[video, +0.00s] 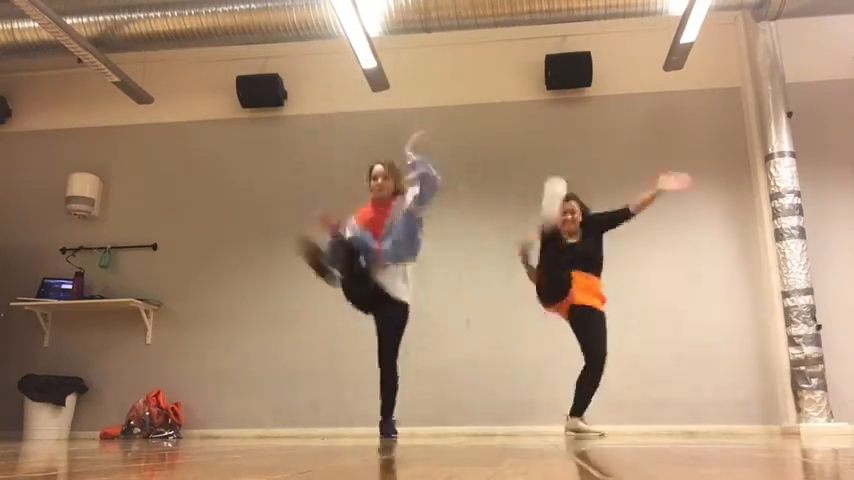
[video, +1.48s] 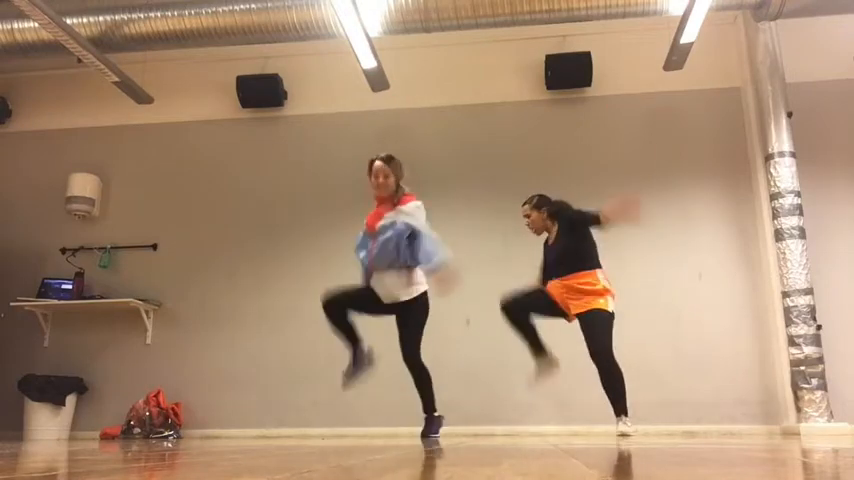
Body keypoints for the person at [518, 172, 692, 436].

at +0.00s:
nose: (570, 217)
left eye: (574, 212)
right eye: (565, 213)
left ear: (581, 213)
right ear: (557, 216)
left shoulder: (593, 225)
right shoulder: (551, 243)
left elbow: (628, 211)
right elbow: (541, 282)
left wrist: (656, 191)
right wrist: (526, 263)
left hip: (587, 298)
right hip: (558, 296)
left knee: (596, 360)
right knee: (552, 248)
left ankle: (574, 418)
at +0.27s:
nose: (572, 190)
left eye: (577, 187)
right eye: (567, 188)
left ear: (586, 192)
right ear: (561, 195)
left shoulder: (598, 215)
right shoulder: (554, 212)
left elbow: (619, 233)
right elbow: (523, 209)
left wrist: (651, 229)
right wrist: (519, 191)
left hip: (595, 282)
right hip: (563, 279)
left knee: (608, 345)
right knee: (555, 328)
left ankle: (587, 409)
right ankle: (549, 396)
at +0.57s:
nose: (573, 196)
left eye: (576, 191)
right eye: (568, 192)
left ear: (584, 195)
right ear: (561, 198)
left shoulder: (599, 216)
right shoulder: (557, 225)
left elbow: (620, 216)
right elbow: (526, 247)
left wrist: (631, 200)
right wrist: (534, 219)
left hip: (592, 292)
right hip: (563, 285)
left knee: (601, 355)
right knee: (536, 261)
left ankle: (601, 418)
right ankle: (533, 329)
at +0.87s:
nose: (563, 181)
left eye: (567, 176)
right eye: (559, 177)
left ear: (576, 179)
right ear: (551, 180)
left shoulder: (585, 204)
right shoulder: (543, 197)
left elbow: (615, 213)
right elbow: (518, 189)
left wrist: (610, 186)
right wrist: (498, 175)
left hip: (573, 269)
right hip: (543, 271)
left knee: (605, 254)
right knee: (519, 315)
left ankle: (604, 314)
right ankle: (517, 389)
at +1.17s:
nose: (546, 206)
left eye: (549, 200)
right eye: (542, 203)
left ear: (562, 196)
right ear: (539, 206)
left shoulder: (584, 219)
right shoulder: (542, 221)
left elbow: (603, 207)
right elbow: (519, 188)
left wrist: (573, 186)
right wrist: (544, 167)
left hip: (578, 291)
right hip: (544, 290)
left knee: (597, 350)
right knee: (524, 349)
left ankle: (615, 417)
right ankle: (516, 411)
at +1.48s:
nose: (526, 223)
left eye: (528, 217)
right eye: (525, 218)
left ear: (544, 212)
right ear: (539, 216)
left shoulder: (569, 218)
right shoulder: (549, 243)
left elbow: (594, 218)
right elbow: (546, 278)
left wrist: (612, 215)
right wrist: (537, 298)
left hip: (591, 295)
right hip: (561, 296)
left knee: (602, 355)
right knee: (512, 305)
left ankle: (622, 417)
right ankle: (543, 359)